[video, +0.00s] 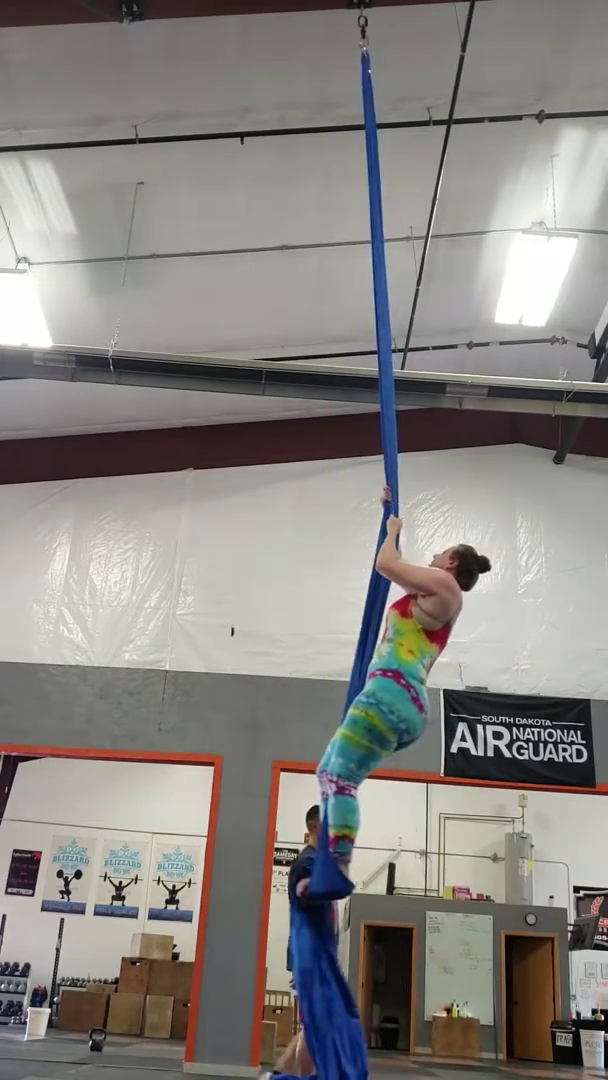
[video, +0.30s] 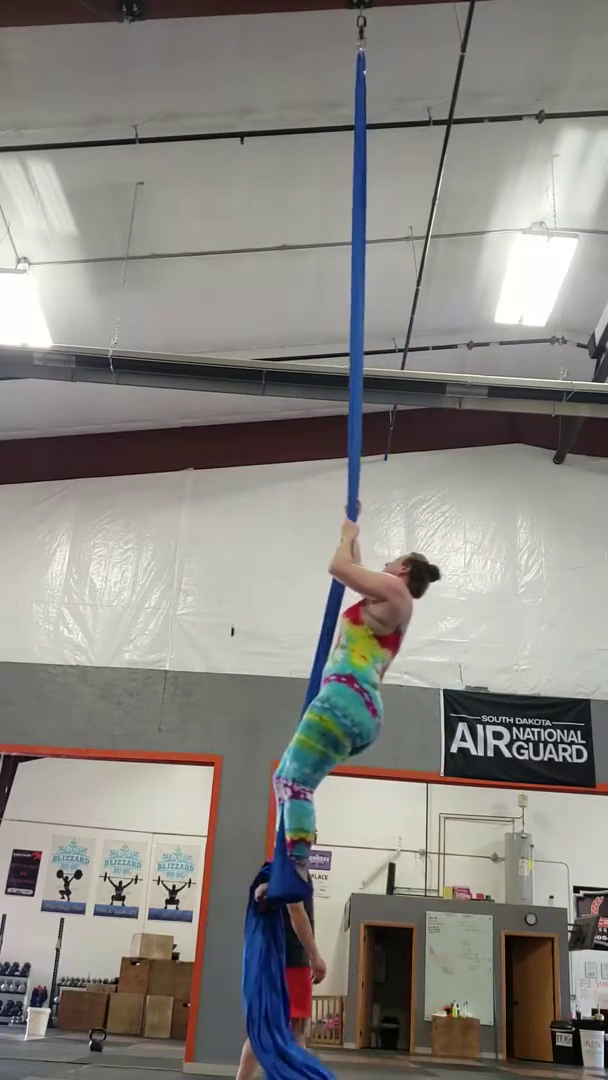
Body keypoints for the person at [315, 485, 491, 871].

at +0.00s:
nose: (435, 556)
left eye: (441, 553)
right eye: (439, 553)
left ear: (450, 562)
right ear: (459, 569)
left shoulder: (445, 586)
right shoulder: (439, 591)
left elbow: (386, 565)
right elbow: (391, 563)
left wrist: (392, 532)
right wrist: (390, 513)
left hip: (391, 692)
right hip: (405, 702)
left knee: (339, 776)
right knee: (332, 774)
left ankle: (335, 871)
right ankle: (332, 867)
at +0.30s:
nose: (390, 561)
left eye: (395, 559)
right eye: (394, 559)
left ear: (403, 567)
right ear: (413, 577)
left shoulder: (395, 591)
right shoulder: (396, 603)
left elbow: (338, 568)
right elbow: (354, 572)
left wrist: (347, 538)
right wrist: (352, 538)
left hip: (346, 697)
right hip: (364, 709)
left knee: (295, 781)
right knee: (287, 777)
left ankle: (297, 869)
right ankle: (292, 863)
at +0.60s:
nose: (334, 564)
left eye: (339, 562)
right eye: (337, 562)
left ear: (346, 571)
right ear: (355, 580)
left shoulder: (330, 588)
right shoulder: (344, 607)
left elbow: (274, 559)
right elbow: (302, 570)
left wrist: (284, 527)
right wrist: (310, 523)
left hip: (295, 697)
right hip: (318, 709)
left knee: (253, 780)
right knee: (247, 779)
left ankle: (260, 871)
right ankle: (260, 865)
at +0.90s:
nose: (307, 566)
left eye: (313, 566)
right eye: (312, 566)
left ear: (317, 578)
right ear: (322, 589)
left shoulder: (301, 591)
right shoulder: (307, 617)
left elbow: (276, 539)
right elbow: (273, 569)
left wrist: (273, 502)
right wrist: (281, 521)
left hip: (251, 693)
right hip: (272, 710)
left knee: (201, 773)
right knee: (200, 774)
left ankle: (199, 865)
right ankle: (196, 860)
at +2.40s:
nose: (353, 568)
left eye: (360, 568)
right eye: (354, 566)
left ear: (368, 582)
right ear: (354, 579)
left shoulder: (359, 602)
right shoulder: (336, 602)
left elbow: (341, 541)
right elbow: (326, 551)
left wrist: (337, 498)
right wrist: (324, 509)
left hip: (305, 698)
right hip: (293, 696)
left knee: (247, 768)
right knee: (232, 767)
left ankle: (241, 864)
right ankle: (230, 861)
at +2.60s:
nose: (369, 568)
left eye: (377, 566)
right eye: (375, 566)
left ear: (388, 578)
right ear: (380, 579)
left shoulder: (379, 599)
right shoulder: (354, 600)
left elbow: (358, 536)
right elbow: (343, 545)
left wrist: (351, 494)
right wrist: (340, 506)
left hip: (340, 696)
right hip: (321, 695)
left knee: (289, 777)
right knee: (269, 776)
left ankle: (289, 874)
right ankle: (274, 870)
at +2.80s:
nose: (383, 557)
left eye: (393, 552)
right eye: (384, 552)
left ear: (405, 567)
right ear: (383, 565)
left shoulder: (400, 591)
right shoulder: (370, 596)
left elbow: (376, 531)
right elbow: (357, 544)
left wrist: (367, 486)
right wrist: (354, 503)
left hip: (372, 693)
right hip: (350, 694)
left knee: (332, 781)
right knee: (310, 780)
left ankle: (343, 876)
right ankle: (326, 872)